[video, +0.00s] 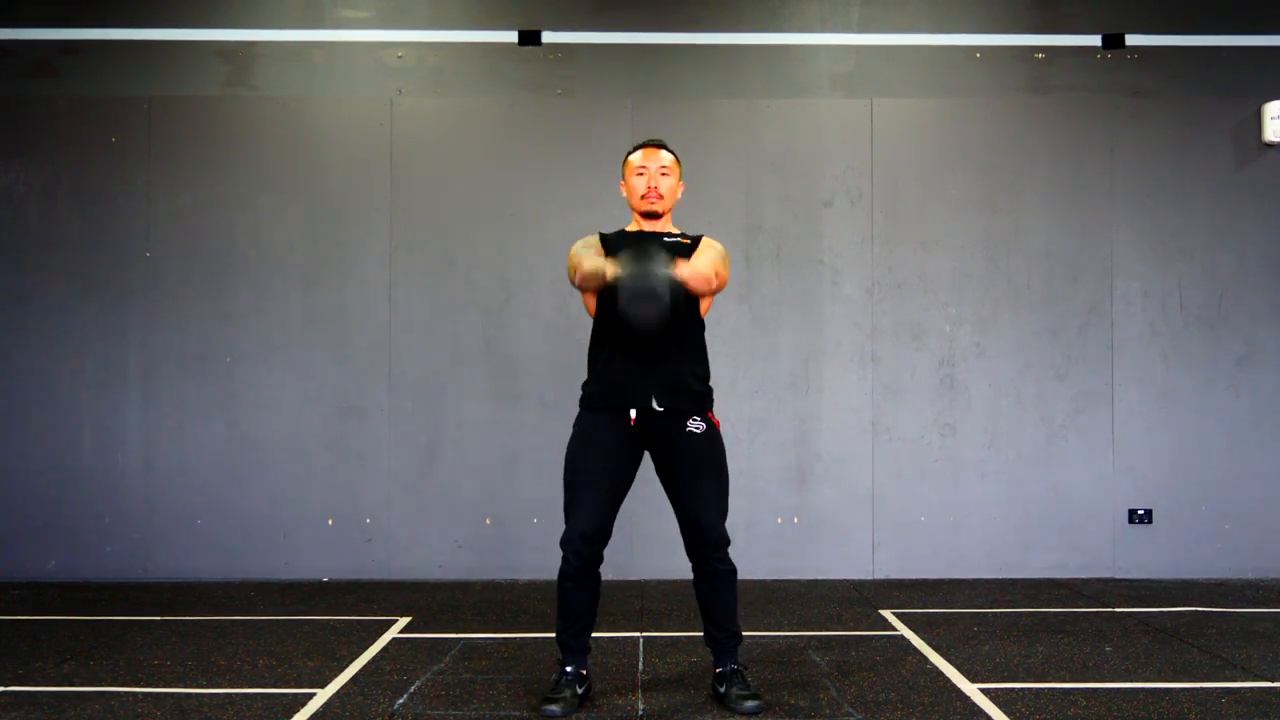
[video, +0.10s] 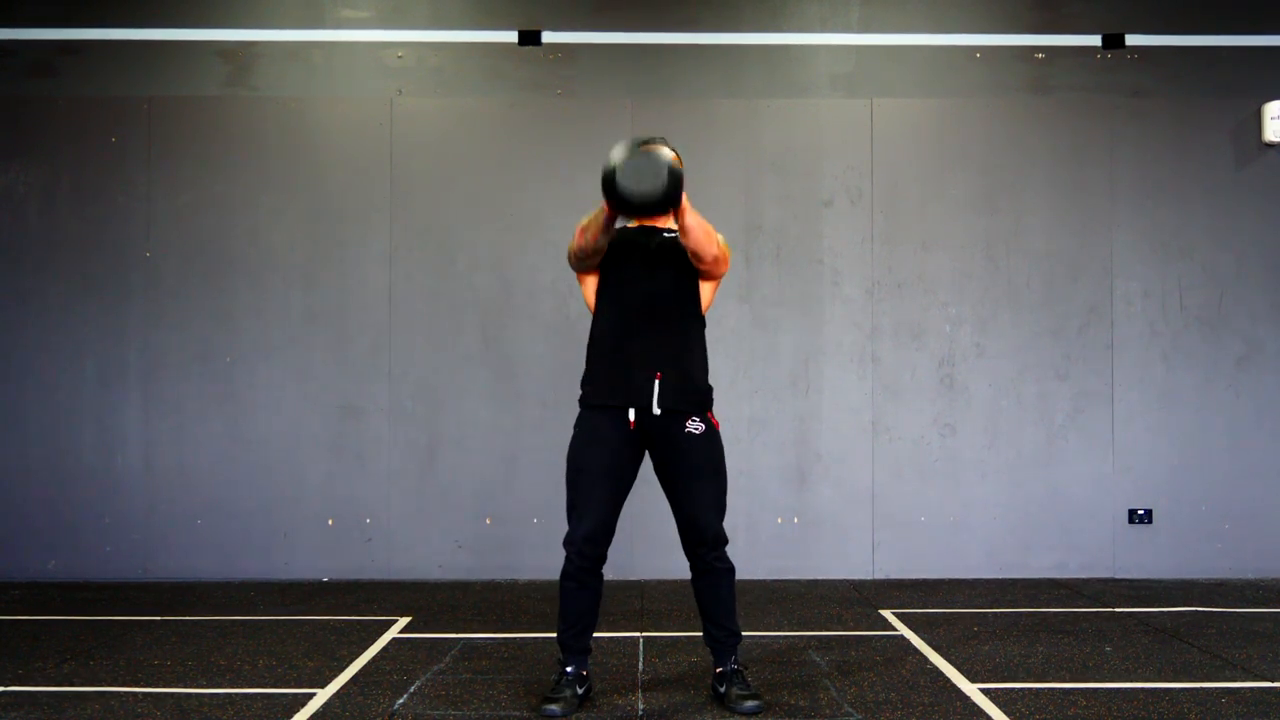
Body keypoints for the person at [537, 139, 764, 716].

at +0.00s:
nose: (652, 180)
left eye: (664, 172)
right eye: (641, 172)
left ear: (680, 187)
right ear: (624, 187)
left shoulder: (700, 246)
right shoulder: (598, 245)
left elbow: (710, 272)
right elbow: (584, 267)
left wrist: (676, 276)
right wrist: (610, 274)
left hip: (686, 418)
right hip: (608, 417)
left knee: (710, 544)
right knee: (581, 542)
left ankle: (728, 671)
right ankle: (572, 671)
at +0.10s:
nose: (651, 190)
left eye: (660, 176)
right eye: (642, 176)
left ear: (675, 190)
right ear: (624, 191)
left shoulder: (701, 253)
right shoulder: (598, 250)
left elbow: (713, 257)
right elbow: (582, 251)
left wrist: (678, 197)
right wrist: (609, 208)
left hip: (684, 415)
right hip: (607, 413)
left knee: (708, 543)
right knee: (584, 544)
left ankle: (728, 670)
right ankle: (572, 672)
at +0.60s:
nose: (650, 170)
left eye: (661, 162)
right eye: (639, 163)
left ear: (679, 179)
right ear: (622, 181)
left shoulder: (704, 242)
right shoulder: (596, 242)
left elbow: (707, 274)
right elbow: (585, 268)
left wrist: (668, 277)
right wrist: (617, 277)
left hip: (687, 414)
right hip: (610, 413)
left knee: (715, 543)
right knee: (583, 543)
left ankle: (729, 670)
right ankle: (572, 672)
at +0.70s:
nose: (650, 170)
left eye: (661, 162)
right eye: (638, 162)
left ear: (679, 179)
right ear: (621, 181)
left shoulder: (708, 251)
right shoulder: (589, 250)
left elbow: (703, 314)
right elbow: (591, 313)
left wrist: (675, 361)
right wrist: (619, 359)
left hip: (688, 416)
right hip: (608, 416)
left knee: (725, 544)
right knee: (574, 546)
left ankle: (730, 670)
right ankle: (571, 673)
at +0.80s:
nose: (649, 180)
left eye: (660, 171)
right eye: (636, 172)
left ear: (678, 188)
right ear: (619, 189)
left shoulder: (710, 267)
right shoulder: (587, 268)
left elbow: (703, 360)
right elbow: (594, 362)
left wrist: (676, 434)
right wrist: (620, 433)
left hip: (689, 423)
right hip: (607, 423)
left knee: (739, 545)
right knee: (561, 547)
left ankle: (731, 671)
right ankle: (569, 674)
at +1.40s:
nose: (653, 188)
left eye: (664, 178)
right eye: (641, 178)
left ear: (680, 190)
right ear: (623, 191)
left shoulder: (712, 261)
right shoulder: (590, 263)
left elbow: (705, 324)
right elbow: (596, 324)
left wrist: (680, 373)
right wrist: (623, 369)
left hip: (691, 426)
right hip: (610, 426)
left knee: (723, 553)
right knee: (581, 553)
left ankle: (730, 672)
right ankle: (573, 673)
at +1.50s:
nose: (655, 180)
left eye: (667, 172)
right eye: (644, 172)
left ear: (682, 189)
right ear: (625, 189)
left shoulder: (706, 251)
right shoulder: (597, 250)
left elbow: (707, 283)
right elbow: (594, 276)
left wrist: (671, 287)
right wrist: (622, 284)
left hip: (690, 415)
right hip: (612, 413)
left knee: (716, 543)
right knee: (583, 544)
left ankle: (729, 670)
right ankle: (573, 672)